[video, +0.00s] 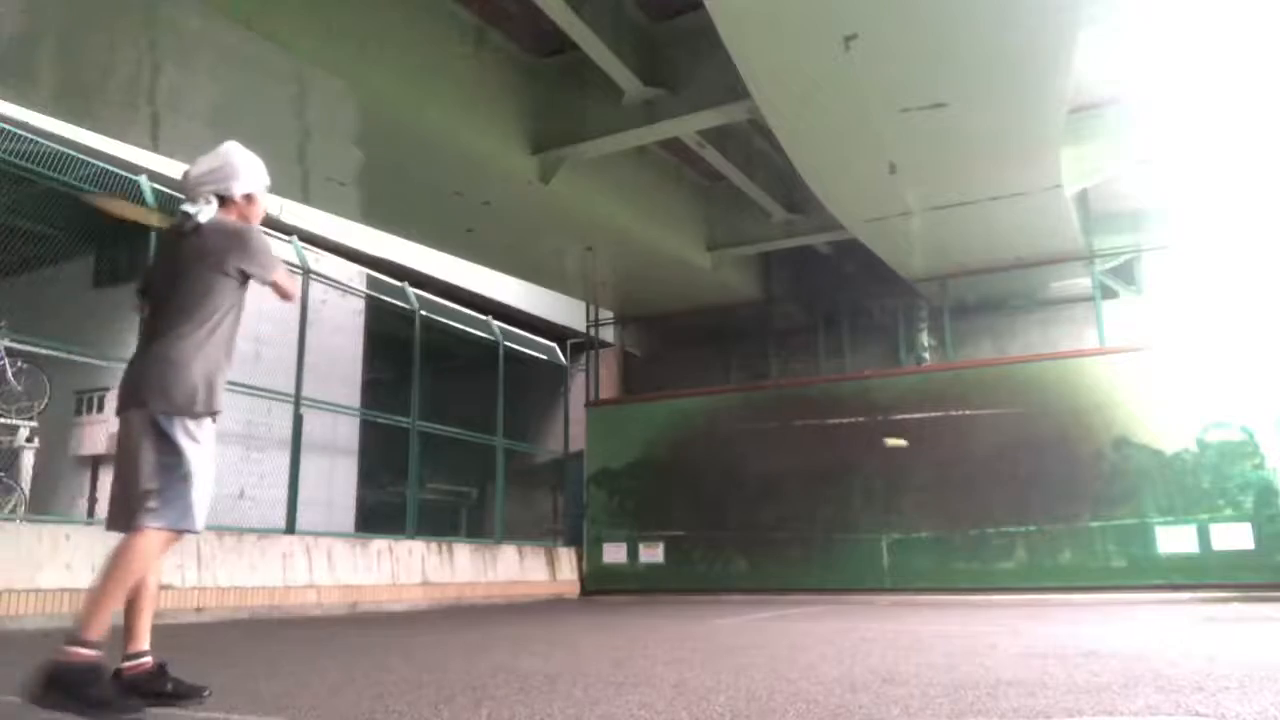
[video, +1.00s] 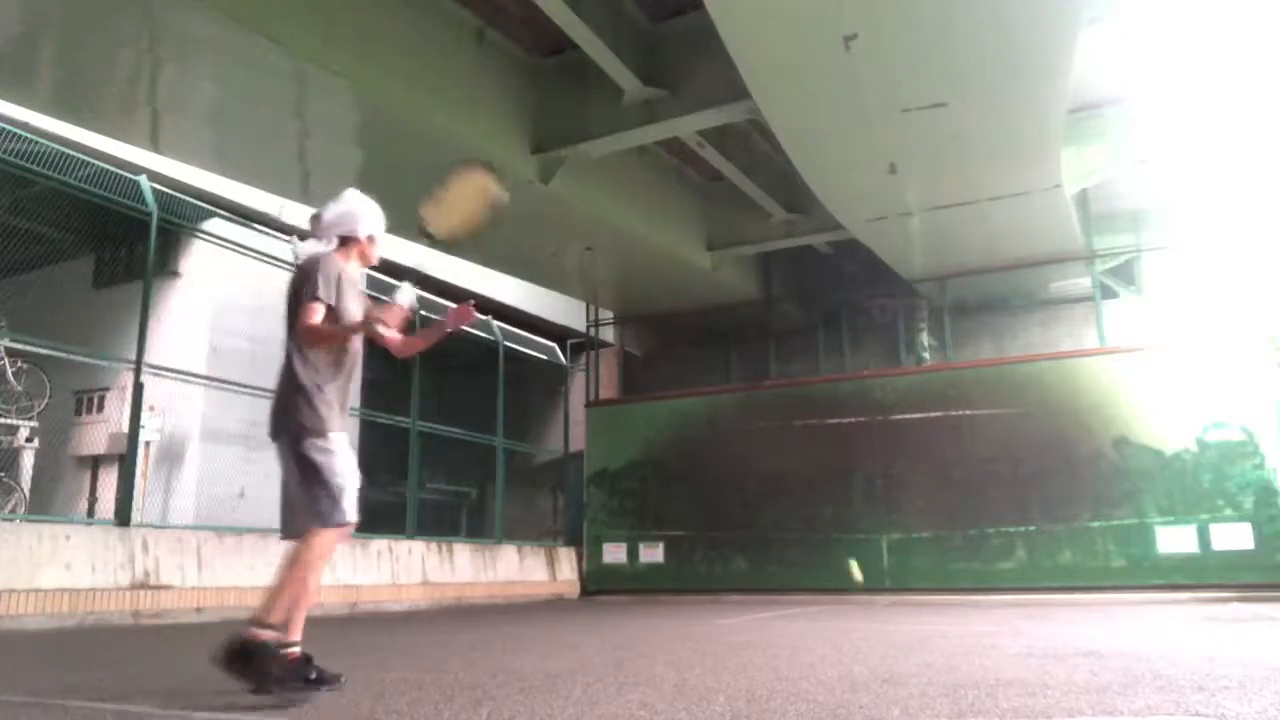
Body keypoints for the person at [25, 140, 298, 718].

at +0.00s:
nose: (263, 210)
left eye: (262, 199)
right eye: (259, 199)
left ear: (210, 198)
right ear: (234, 199)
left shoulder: (174, 241)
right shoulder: (234, 238)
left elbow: (149, 303)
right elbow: (289, 289)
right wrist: (264, 255)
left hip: (144, 391)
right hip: (180, 395)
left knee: (152, 526)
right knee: (165, 520)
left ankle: (137, 664)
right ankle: (79, 657)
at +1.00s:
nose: (379, 249)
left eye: (379, 240)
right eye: (376, 239)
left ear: (350, 238)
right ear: (358, 237)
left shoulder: (353, 287)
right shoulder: (322, 265)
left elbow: (401, 348)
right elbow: (308, 331)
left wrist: (445, 325)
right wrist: (366, 326)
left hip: (329, 422)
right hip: (308, 419)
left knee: (327, 528)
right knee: (333, 521)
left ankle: (283, 646)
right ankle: (266, 638)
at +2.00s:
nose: (437, 293)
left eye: (436, 285)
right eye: (435, 285)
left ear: (395, 280)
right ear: (421, 285)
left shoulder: (364, 316)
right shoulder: (425, 318)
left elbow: (340, 334)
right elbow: (451, 333)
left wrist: (373, 300)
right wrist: (419, 300)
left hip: (351, 442)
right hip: (394, 445)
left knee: (342, 541)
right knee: (415, 540)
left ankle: (316, 643)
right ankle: (421, 649)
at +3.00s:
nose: (447, 287)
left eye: (447, 280)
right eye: (443, 279)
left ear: (423, 280)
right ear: (426, 279)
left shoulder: (436, 320)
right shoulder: (395, 308)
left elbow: (489, 351)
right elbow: (389, 361)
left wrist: (509, 314)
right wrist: (434, 332)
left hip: (417, 447)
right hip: (395, 445)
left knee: (412, 545)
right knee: (406, 542)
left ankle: (386, 641)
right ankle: (335, 632)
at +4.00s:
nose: (686, 315)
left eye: (685, 309)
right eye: (684, 309)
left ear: (642, 307)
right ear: (674, 309)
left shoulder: (613, 348)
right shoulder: (675, 337)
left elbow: (561, 388)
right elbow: (746, 345)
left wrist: (565, 446)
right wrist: (742, 306)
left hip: (616, 470)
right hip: (642, 470)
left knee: (694, 540)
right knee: (663, 568)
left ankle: (687, 648)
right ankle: (555, 622)